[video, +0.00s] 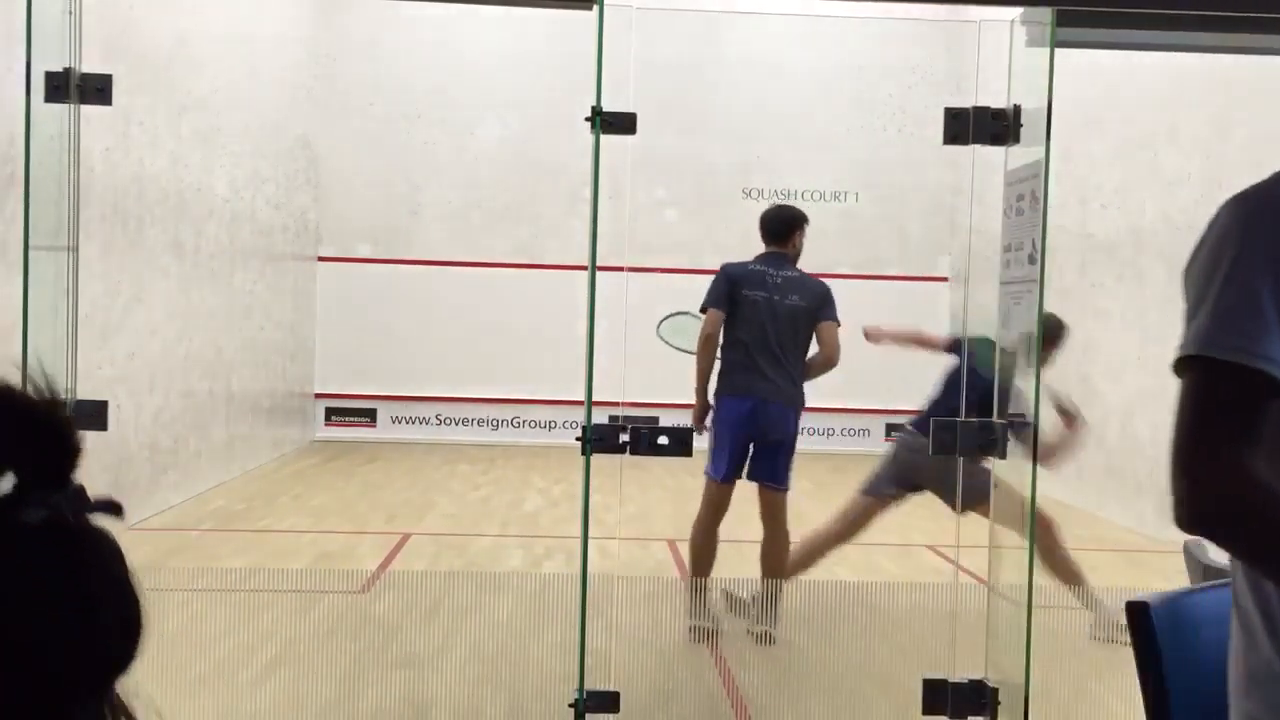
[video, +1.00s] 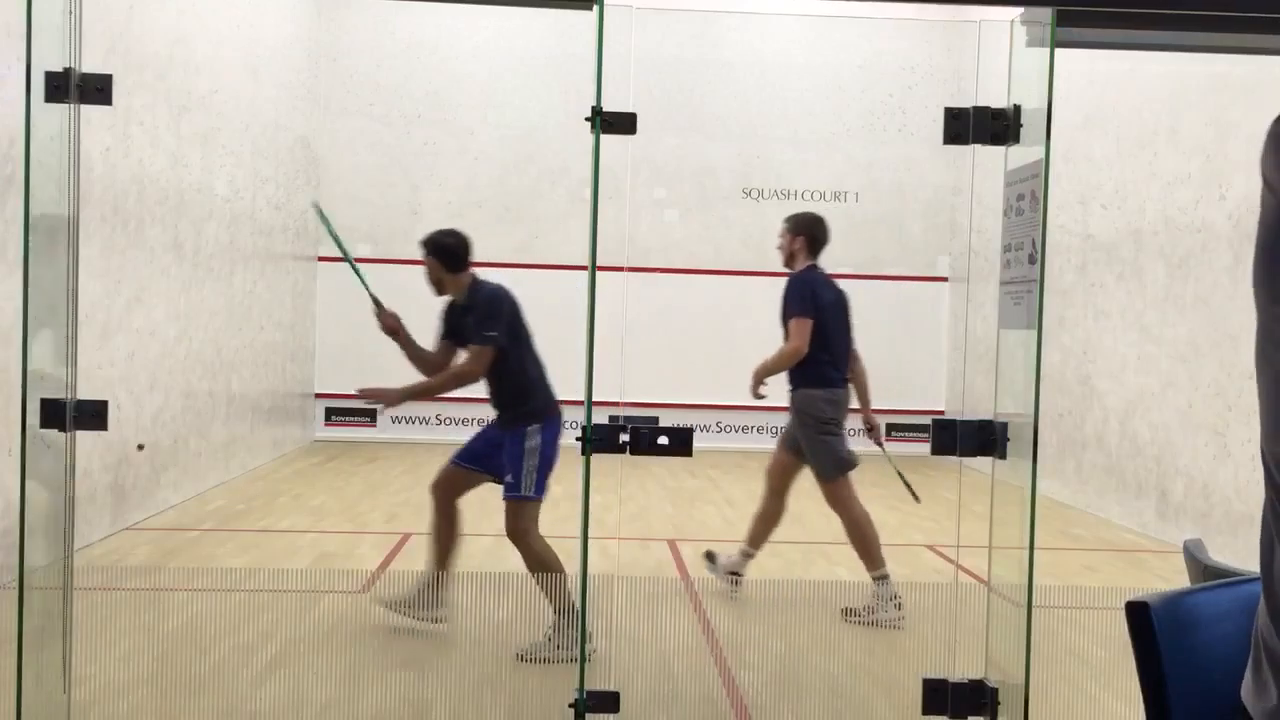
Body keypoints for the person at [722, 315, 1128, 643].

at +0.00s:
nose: (1050, 359)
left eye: (1051, 350)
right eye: (1052, 351)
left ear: (1024, 331)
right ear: (1045, 349)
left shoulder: (981, 346)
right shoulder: (1013, 392)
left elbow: (930, 340)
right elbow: (1043, 453)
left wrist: (883, 336)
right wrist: (1072, 431)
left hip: (910, 450)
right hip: (954, 464)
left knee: (843, 524)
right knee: (1038, 524)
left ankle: (766, 584)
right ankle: (1096, 609)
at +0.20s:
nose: (1106, 401)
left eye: (1103, 389)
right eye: (1110, 396)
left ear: (1080, 373)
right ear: (1106, 396)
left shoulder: (1032, 385)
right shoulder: (1085, 425)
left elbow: (965, 403)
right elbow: (1089, 485)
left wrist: (949, 440)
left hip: (948, 456)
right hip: (998, 470)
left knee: (899, 526)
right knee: (1090, 528)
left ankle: (837, 587)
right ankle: (1110, 617)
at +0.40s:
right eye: (1044, 327)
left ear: (1008, 312)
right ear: (1040, 332)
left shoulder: (969, 338)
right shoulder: (1034, 380)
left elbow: (923, 367)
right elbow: (1007, 424)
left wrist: (928, 408)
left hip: (930, 443)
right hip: (984, 454)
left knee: (887, 510)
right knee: (1062, 519)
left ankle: (897, 602)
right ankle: (1107, 613)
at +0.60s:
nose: (910, 253)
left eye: (913, 247)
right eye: (915, 247)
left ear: (919, 251)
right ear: (945, 260)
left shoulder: (899, 288)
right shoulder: (955, 307)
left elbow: (876, 346)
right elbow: (953, 370)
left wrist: (845, 374)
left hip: (889, 406)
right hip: (939, 410)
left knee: (856, 501)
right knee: (968, 482)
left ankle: (888, 603)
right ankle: (1005, 569)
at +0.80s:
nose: (839, 233)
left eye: (843, 227)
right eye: (841, 227)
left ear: (857, 232)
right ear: (873, 237)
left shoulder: (848, 271)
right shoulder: (890, 280)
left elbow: (840, 335)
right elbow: (888, 341)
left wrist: (812, 363)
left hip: (859, 391)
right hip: (895, 391)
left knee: (869, 495)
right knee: (863, 489)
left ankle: (888, 601)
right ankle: (859, 585)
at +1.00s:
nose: (778, 242)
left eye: (783, 236)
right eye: (780, 235)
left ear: (800, 242)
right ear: (811, 245)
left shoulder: (800, 284)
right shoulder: (833, 290)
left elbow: (797, 347)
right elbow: (852, 361)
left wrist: (761, 371)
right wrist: (867, 410)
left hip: (813, 402)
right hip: (828, 401)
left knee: (843, 498)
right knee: (777, 477)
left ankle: (886, 597)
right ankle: (738, 563)